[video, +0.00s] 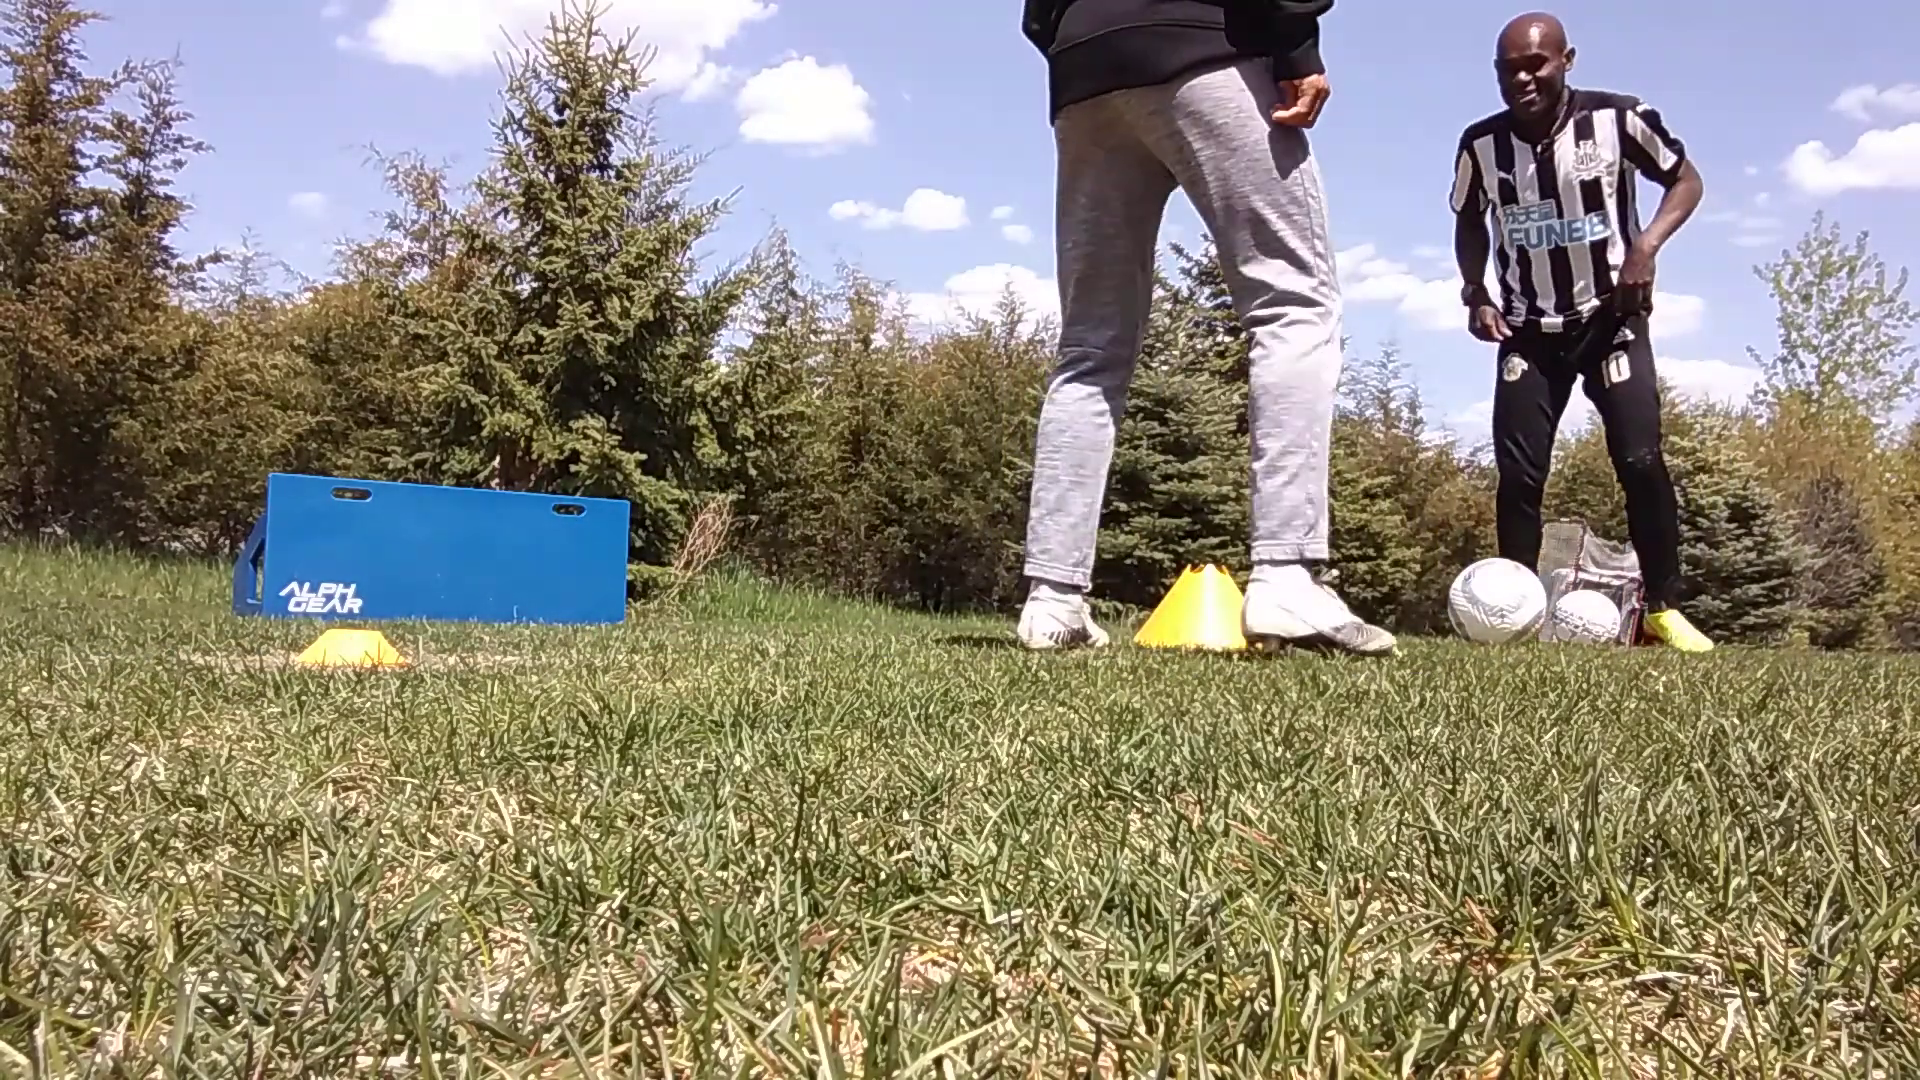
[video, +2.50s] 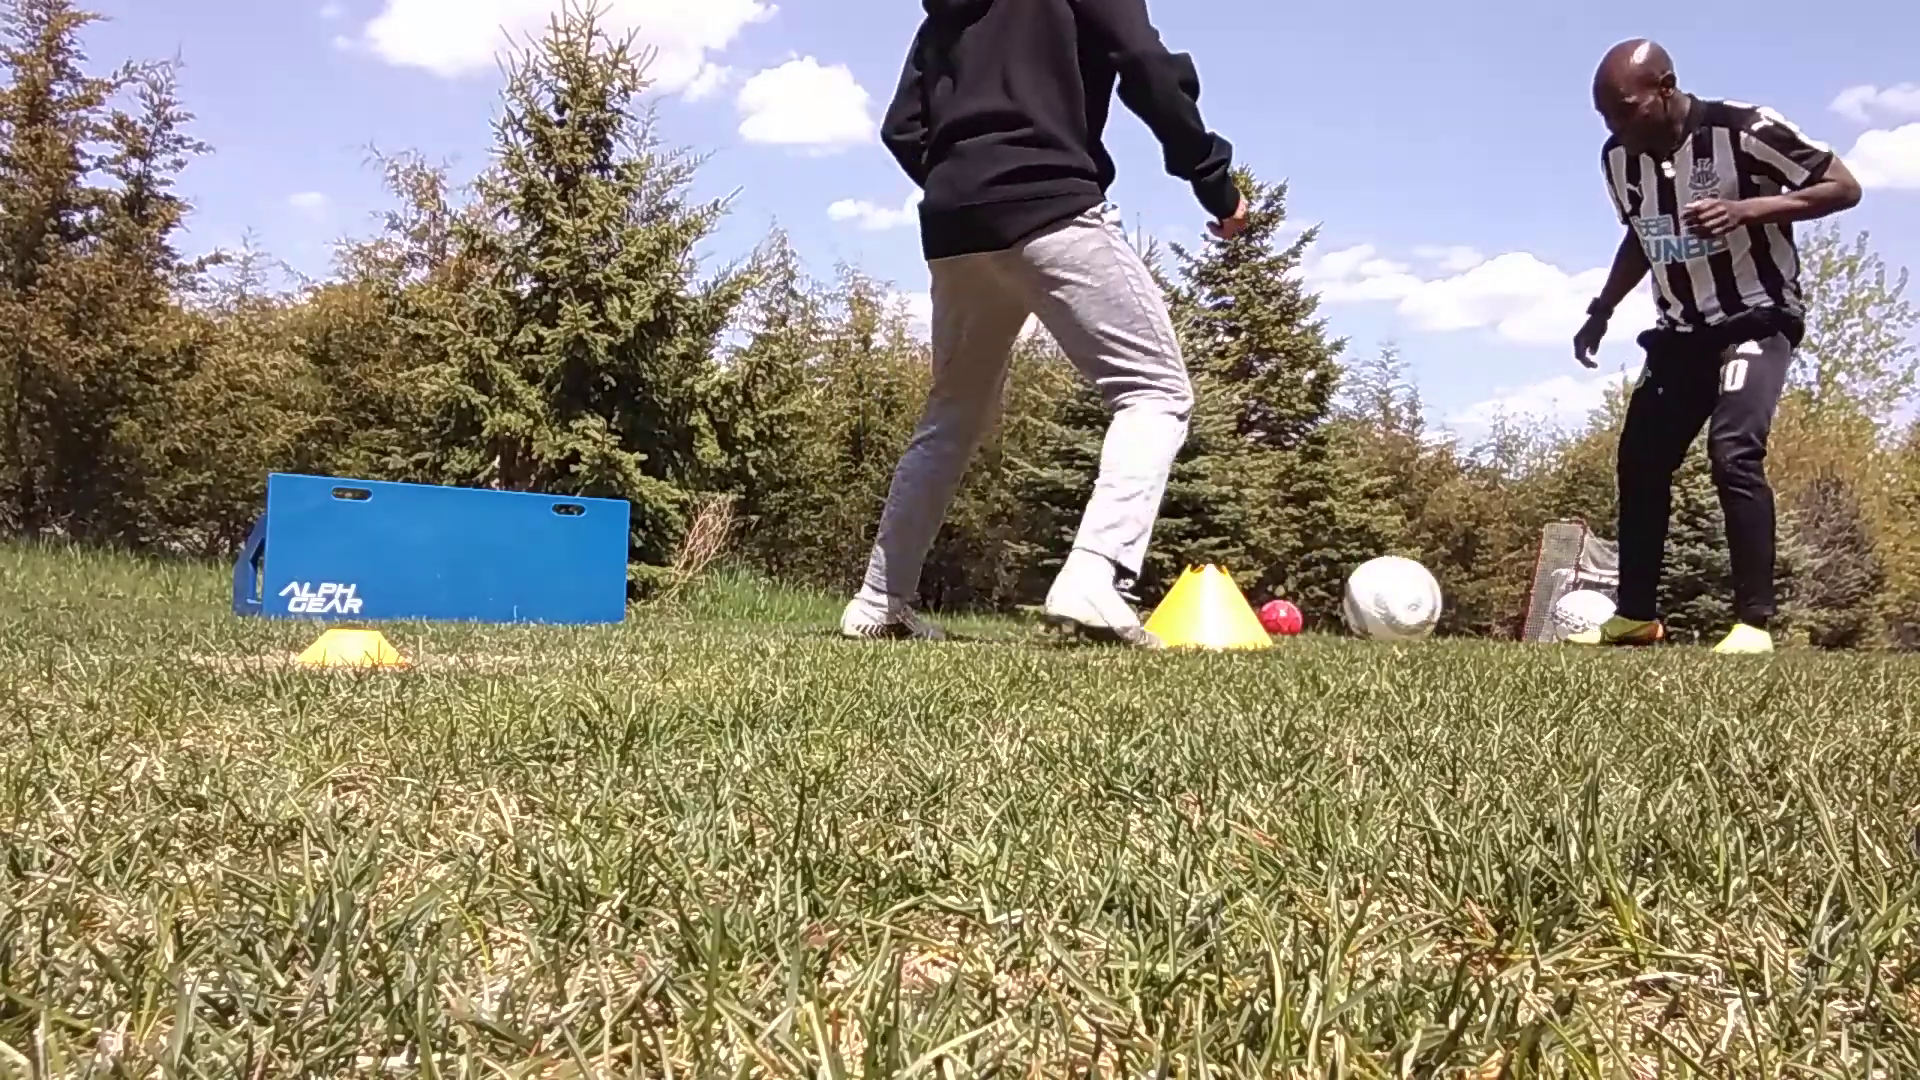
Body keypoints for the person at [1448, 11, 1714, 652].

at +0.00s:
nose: (1521, 80)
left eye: (1534, 65)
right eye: (1509, 69)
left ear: (1566, 62)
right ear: (1498, 72)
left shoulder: (1620, 119)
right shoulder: (1480, 144)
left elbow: (1687, 181)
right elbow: (1470, 224)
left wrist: (1648, 243)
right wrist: (1475, 292)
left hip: (1614, 322)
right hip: (1529, 334)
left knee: (1642, 462)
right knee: (1519, 476)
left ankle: (1662, 609)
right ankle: (1516, 611)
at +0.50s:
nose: (1564, 151)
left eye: (1578, 137)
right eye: (1551, 137)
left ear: (1608, 116)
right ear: (1534, 124)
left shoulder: (1660, 156)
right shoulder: (1518, 176)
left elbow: (1740, 209)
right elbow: (1525, 259)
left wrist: (1666, 270)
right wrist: (1490, 339)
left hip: (1664, 330)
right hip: (1587, 341)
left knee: (1628, 452)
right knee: (1499, 445)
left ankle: (1636, 620)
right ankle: (1512, 603)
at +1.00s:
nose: (1580, 121)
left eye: (1594, 106)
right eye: (1566, 109)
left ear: (1625, 99)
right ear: (1551, 109)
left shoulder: (1675, 147)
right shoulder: (1531, 170)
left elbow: (1739, 199)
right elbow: (1527, 247)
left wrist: (1674, 261)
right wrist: (1506, 326)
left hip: (1675, 321)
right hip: (1592, 334)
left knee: (1682, 443)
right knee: (1574, 470)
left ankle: (1703, 607)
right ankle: (1588, 618)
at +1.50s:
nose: (1591, 131)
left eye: (1600, 116)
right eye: (1585, 118)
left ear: (1647, 97)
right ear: (1585, 108)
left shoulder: (1725, 130)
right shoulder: (1599, 165)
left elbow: (1828, 188)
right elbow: (1623, 248)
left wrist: (1726, 234)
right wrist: (1583, 331)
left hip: (1756, 318)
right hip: (1676, 324)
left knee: (1710, 451)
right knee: (1573, 423)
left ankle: (1737, 626)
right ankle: (1585, 585)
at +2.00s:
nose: (1572, 134)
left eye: (1585, 117)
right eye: (1566, 120)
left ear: (1630, 103)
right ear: (1563, 117)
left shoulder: (1704, 142)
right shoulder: (1574, 182)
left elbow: (1801, 190)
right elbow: (1590, 262)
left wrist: (1722, 245)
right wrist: (1559, 347)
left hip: (1736, 320)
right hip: (1660, 340)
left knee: (1719, 446)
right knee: (1635, 469)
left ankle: (1737, 623)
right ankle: (1638, 624)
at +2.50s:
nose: (1612, 128)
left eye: (1620, 112)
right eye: (1606, 115)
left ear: (1663, 93)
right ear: (1612, 106)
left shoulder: (1745, 129)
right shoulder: (1620, 158)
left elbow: (1844, 187)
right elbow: (1643, 236)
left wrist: (1747, 207)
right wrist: (1601, 310)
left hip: (1755, 323)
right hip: (1682, 333)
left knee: (1733, 453)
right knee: (1640, 459)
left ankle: (1753, 624)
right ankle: (1637, 615)